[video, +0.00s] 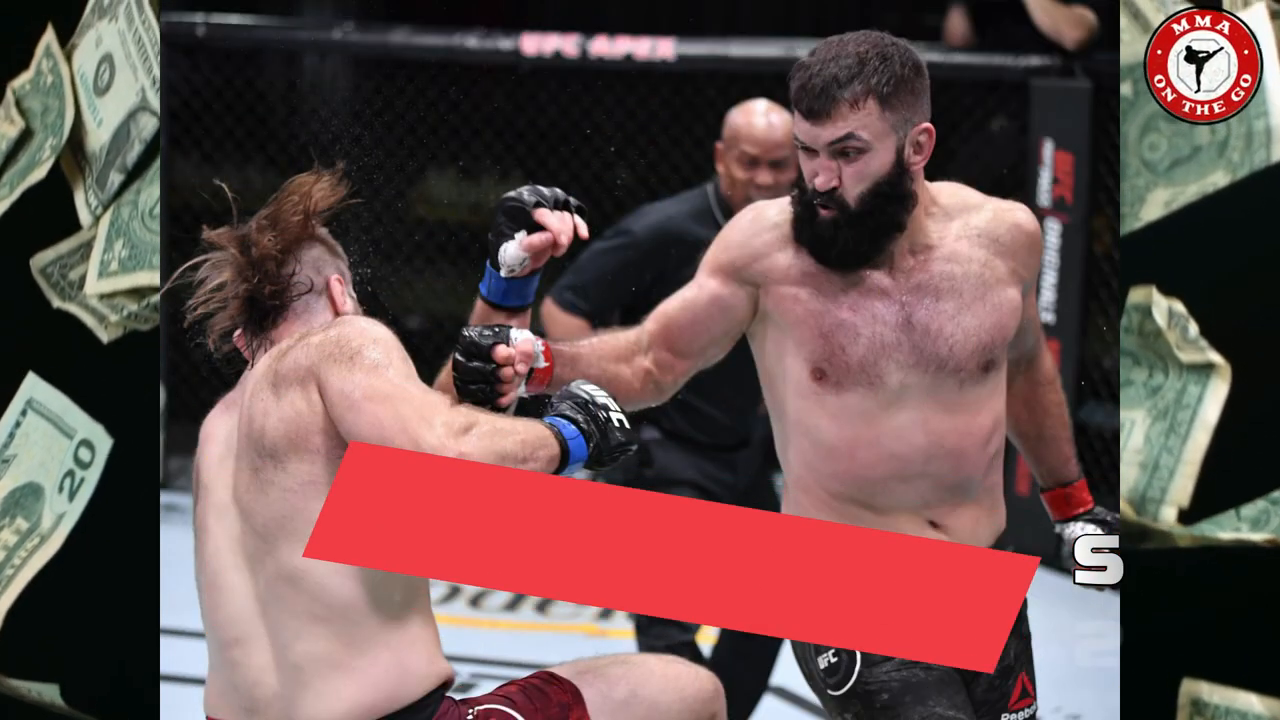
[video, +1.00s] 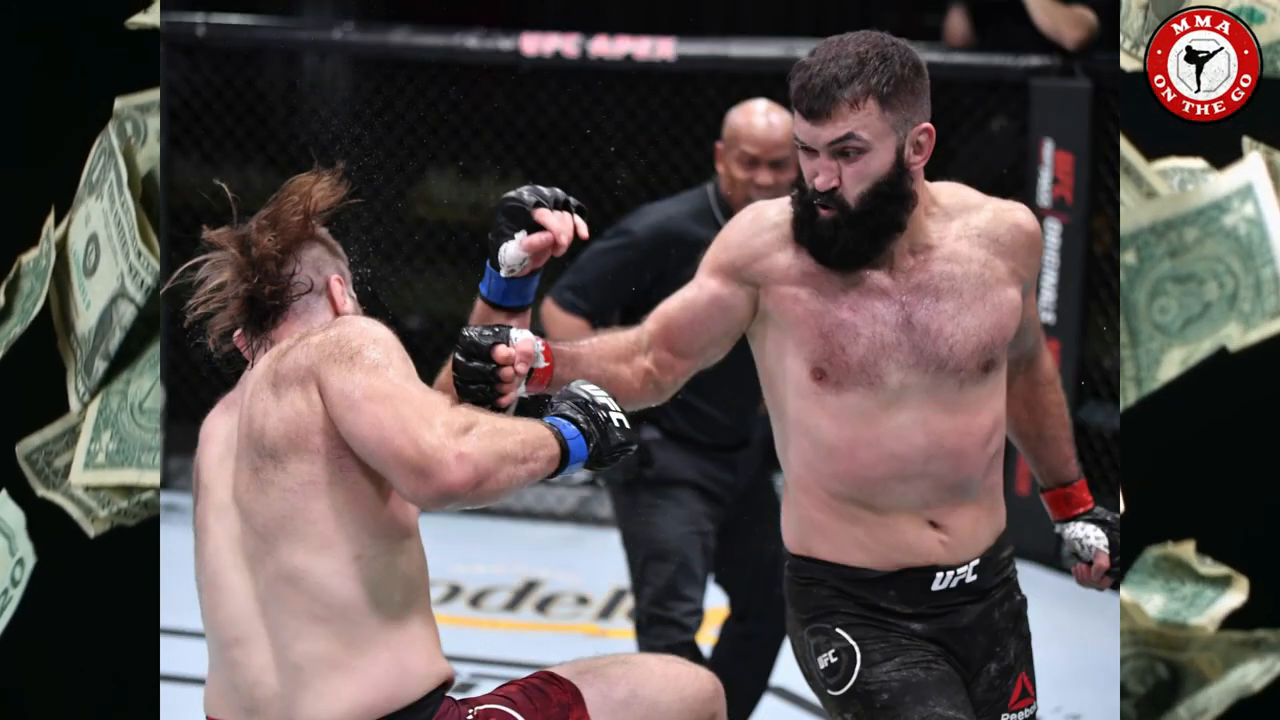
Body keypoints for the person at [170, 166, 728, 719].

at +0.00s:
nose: (365, 311)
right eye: (358, 292)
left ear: (244, 344)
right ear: (341, 291)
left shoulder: (219, 425)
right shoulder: (346, 347)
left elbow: (450, 422)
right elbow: (448, 452)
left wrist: (508, 284)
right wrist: (576, 432)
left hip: (242, 714)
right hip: (396, 710)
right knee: (691, 687)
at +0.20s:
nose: (364, 311)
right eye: (358, 293)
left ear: (244, 344)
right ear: (340, 291)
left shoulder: (218, 427)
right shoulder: (344, 347)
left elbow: (443, 432)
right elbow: (447, 467)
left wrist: (508, 284)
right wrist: (576, 431)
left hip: (242, 712)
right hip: (397, 707)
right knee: (690, 687)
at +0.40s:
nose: (366, 312)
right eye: (358, 293)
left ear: (243, 344)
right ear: (341, 291)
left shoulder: (218, 426)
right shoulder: (344, 347)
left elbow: (444, 432)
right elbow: (447, 467)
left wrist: (508, 284)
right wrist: (575, 432)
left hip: (241, 712)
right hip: (397, 708)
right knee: (691, 687)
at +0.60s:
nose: (365, 311)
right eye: (358, 293)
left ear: (243, 344)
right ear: (340, 291)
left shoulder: (218, 427)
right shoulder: (344, 347)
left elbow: (443, 432)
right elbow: (447, 467)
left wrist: (509, 283)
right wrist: (576, 432)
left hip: (243, 711)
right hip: (397, 707)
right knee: (691, 687)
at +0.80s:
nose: (364, 309)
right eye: (357, 291)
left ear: (243, 345)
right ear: (340, 290)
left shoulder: (217, 426)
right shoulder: (344, 346)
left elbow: (445, 429)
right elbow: (447, 467)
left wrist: (509, 282)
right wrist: (576, 431)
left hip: (240, 712)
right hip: (397, 708)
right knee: (691, 687)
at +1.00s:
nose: (363, 307)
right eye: (355, 289)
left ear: (243, 345)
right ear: (340, 290)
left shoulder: (217, 428)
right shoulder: (344, 346)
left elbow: (445, 429)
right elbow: (446, 466)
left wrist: (508, 283)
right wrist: (576, 431)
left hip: (239, 714)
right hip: (396, 709)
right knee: (691, 688)